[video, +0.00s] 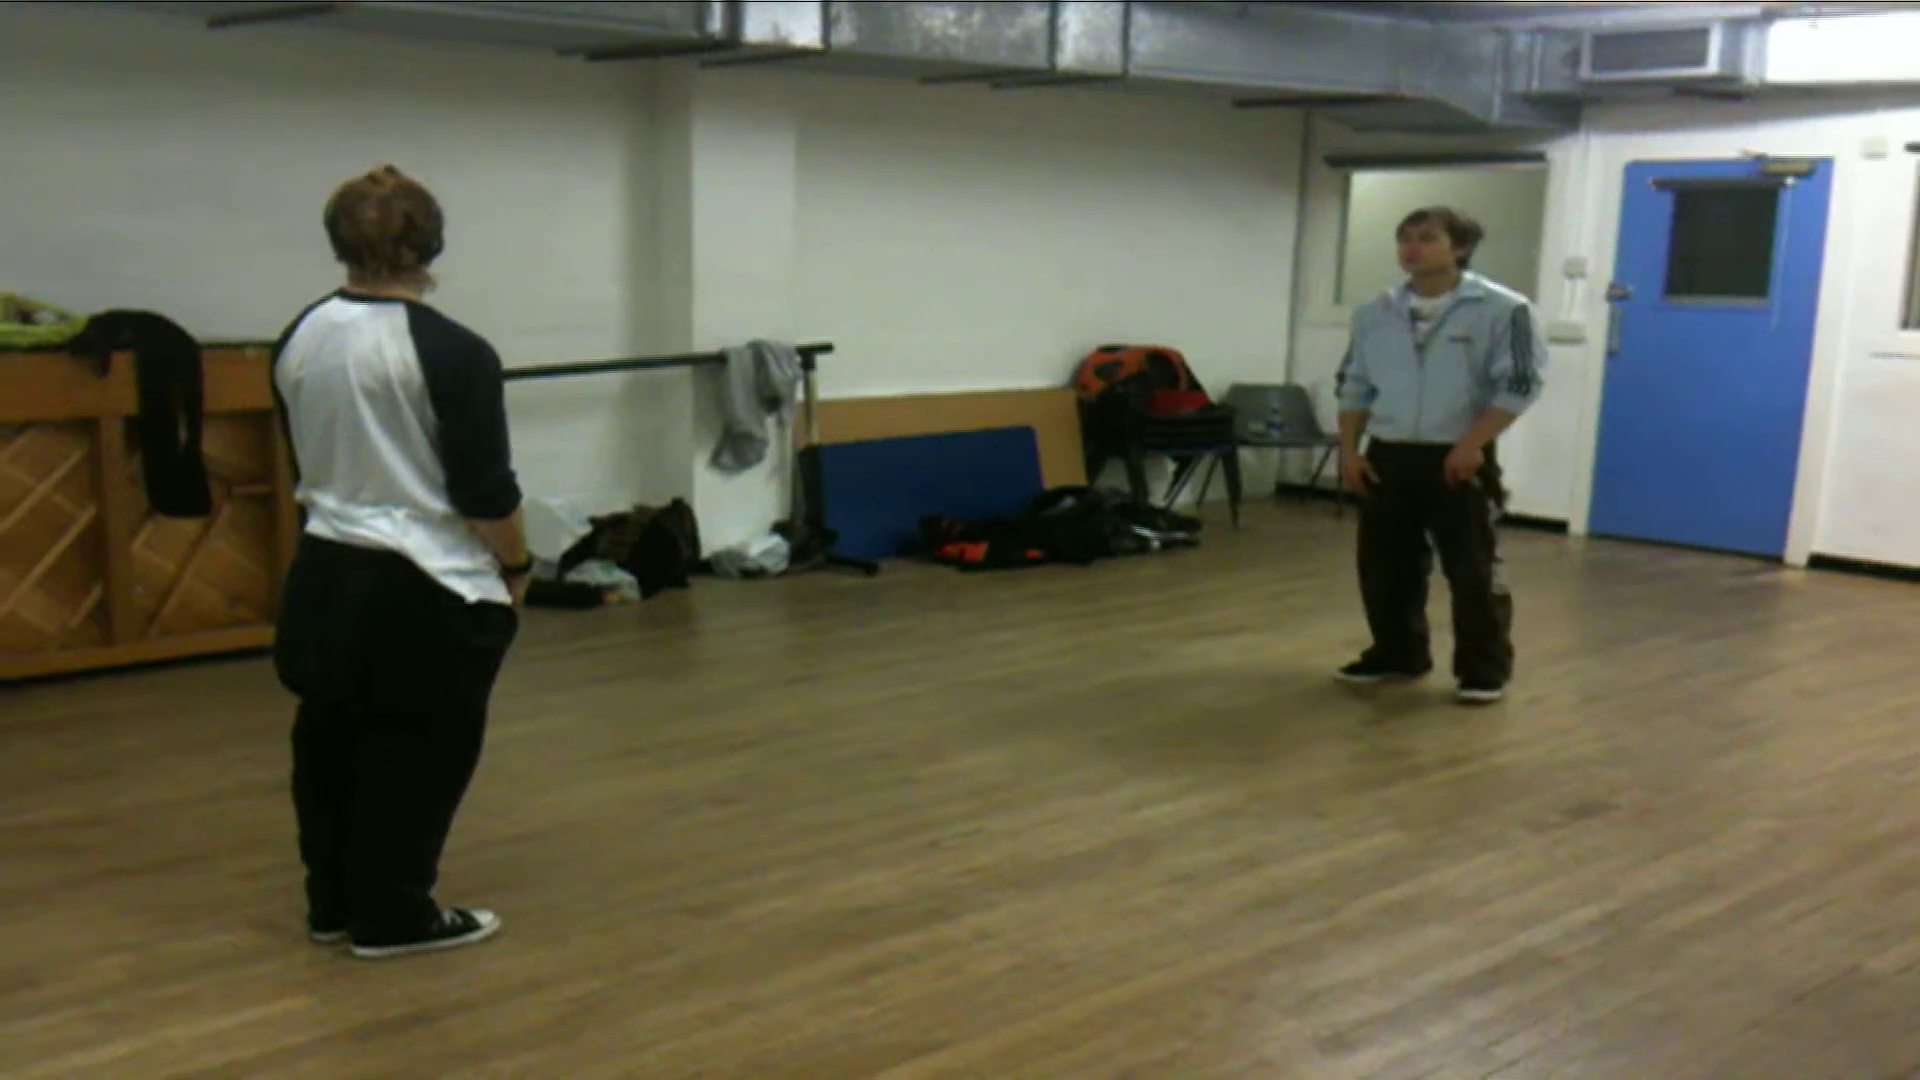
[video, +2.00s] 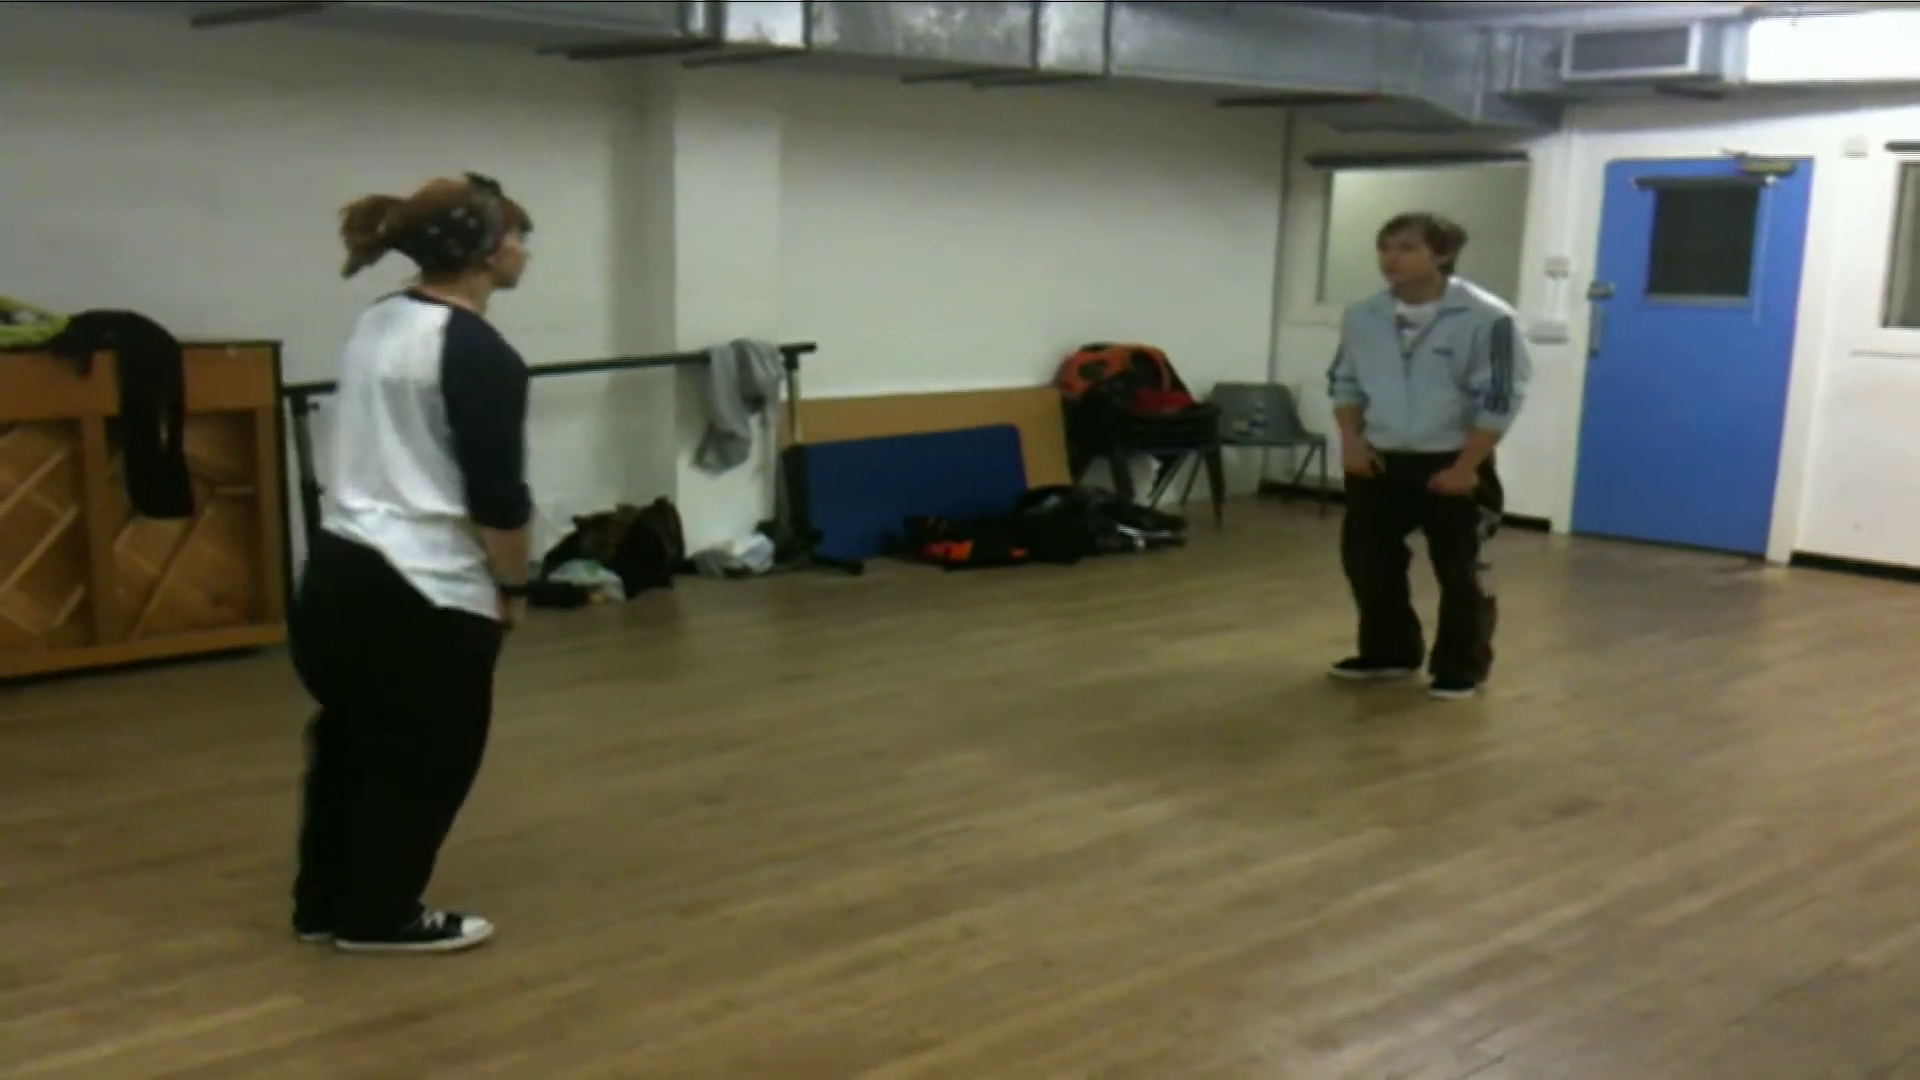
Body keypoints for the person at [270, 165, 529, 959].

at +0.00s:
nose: (436, 249)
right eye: (432, 238)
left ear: (343, 246)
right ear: (428, 247)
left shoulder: (300, 340)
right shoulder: (455, 354)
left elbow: (309, 471)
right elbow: (487, 495)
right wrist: (513, 567)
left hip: (328, 584)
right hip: (433, 598)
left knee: (331, 737)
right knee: (425, 755)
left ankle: (332, 901)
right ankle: (396, 913)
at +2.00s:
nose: (525, 247)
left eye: (522, 233)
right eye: (516, 234)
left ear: (440, 246)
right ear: (479, 248)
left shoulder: (375, 326)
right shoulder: (480, 354)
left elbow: (370, 461)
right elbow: (498, 500)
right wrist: (512, 588)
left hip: (341, 576)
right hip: (428, 594)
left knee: (355, 736)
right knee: (434, 757)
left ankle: (325, 900)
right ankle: (379, 910)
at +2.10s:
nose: (562, 257)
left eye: (560, 242)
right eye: (554, 245)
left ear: (479, 253)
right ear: (521, 257)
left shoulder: (416, 321)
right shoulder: (508, 353)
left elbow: (430, 458)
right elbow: (538, 505)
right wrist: (550, 587)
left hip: (380, 566)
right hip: (456, 586)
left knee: (420, 730)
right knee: (451, 751)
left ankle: (349, 872)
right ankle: (378, 907)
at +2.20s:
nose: (601, 279)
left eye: (600, 264)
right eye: (595, 266)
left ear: (518, 267)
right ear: (569, 273)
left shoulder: (458, 336)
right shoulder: (552, 367)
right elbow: (583, 507)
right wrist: (592, 581)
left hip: (420, 564)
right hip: (488, 577)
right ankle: (383, 902)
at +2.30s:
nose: (648, 308)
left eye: (646, 293)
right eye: (641, 295)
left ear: (569, 301)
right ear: (616, 304)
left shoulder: (522, 362)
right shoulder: (607, 383)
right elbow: (624, 521)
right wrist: (630, 585)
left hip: (461, 568)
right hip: (511, 585)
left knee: (628, 666)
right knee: (582, 744)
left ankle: (631, 818)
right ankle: (400, 886)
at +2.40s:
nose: (707, 343)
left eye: (706, 328)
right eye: (701, 330)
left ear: (631, 331)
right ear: (673, 334)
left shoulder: (587, 386)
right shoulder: (668, 384)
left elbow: (570, 493)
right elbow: (646, 500)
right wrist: (678, 566)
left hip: (525, 587)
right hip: (582, 607)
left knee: (685, 662)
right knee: (611, 773)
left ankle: (738, 783)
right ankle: (411, 887)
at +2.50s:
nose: (746, 346)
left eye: (745, 335)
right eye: (740, 336)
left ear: (671, 340)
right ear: (718, 337)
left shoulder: (629, 397)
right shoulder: (723, 382)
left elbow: (611, 506)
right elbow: (719, 496)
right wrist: (744, 559)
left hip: (606, 590)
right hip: (663, 599)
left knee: (749, 661)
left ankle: (753, 797)